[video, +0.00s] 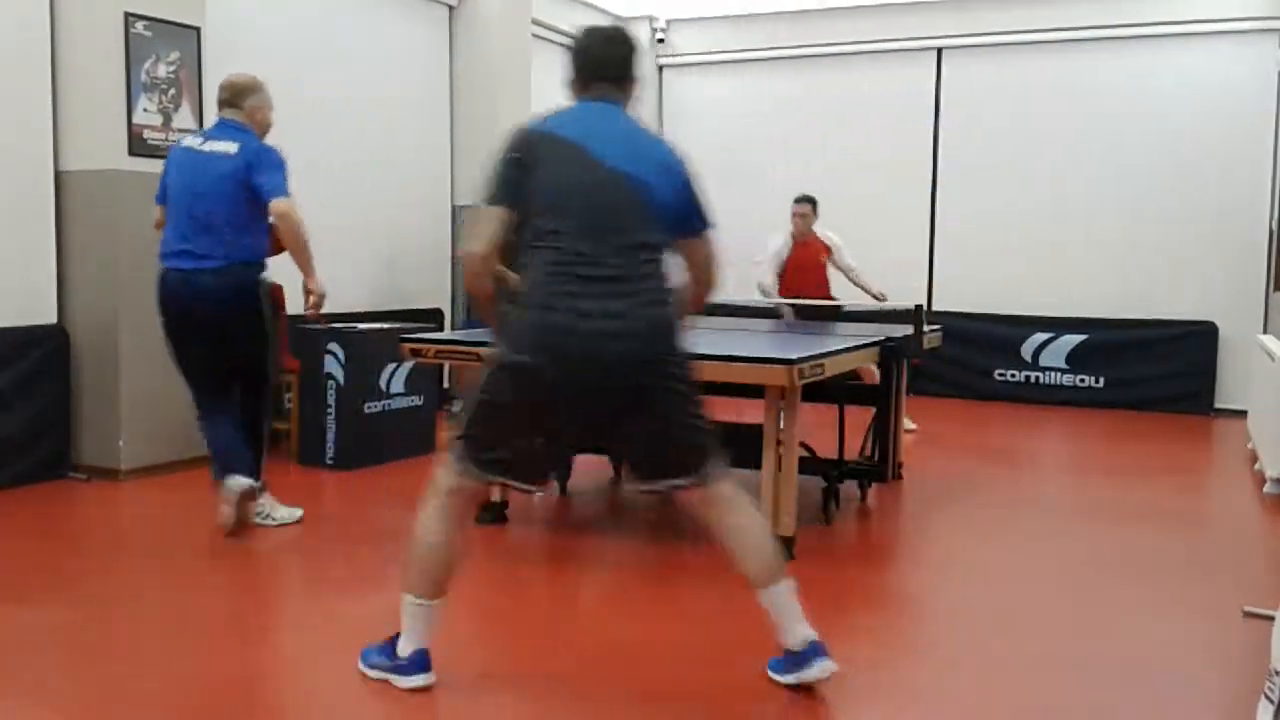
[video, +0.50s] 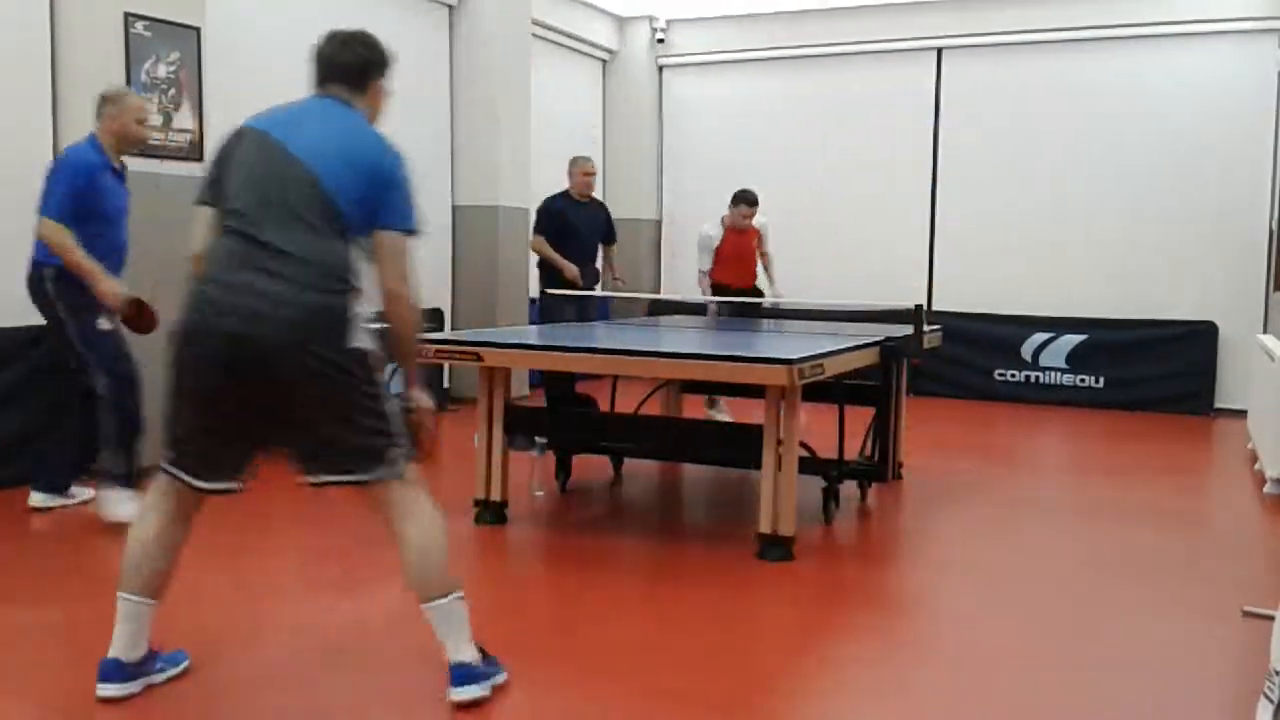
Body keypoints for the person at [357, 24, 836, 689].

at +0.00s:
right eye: (625, 77)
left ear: (571, 78)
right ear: (631, 82)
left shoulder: (534, 142)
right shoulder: (658, 155)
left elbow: (478, 262)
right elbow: (704, 277)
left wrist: (513, 325)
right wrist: (659, 322)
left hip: (543, 359)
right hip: (642, 360)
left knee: (453, 484)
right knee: (716, 488)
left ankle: (410, 649)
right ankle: (801, 640)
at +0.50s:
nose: (385, 100)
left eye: (383, 89)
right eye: (385, 89)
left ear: (319, 79)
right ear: (373, 88)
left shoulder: (251, 131)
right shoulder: (378, 155)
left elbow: (203, 252)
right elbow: (396, 297)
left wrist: (225, 324)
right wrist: (417, 384)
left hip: (214, 331)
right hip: (312, 340)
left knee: (174, 487)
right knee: (400, 488)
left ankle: (124, 656)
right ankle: (464, 661)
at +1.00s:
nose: (209, 14)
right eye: (208, 7)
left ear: (130, 8)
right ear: (197, 7)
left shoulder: (88, 74)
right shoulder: (210, 79)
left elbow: (49, 204)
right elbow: (246, 218)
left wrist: (33, 307)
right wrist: (281, 315)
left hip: (70, 302)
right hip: (143, 311)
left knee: (102, 490)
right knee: (95, 500)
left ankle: (121, 657)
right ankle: (29, 699)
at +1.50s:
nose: (160, 2)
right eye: (157, 0)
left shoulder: (34, 57)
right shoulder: (137, 66)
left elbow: (22, 196)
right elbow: (149, 218)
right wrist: (192, 328)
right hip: (78, 313)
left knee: (141, 469)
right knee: (49, 518)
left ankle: (128, 644)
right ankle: (22, 704)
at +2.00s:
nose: (227, 20)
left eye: (221, 13)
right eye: (226, 12)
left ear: (153, 9)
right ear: (214, 9)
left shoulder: (112, 75)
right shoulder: (205, 80)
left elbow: (80, 207)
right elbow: (216, 209)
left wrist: (89, 289)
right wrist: (258, 320)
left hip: (128, 310)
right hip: (184, 314)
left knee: (169, 483)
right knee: (222, 483)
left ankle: (164, 654)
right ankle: (79, 655)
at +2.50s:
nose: (359, 39)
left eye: (354, 28)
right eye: (357, 28)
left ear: (289, 30)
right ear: (347, 29)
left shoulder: (241, 102)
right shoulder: (352, 108)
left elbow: (189, 213)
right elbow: (370, 232)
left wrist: (236, 223)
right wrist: (407, 333)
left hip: (245, 328)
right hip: (331, 329)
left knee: (218, 482)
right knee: (393, 474)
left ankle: (164, 649)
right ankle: (423, 629)